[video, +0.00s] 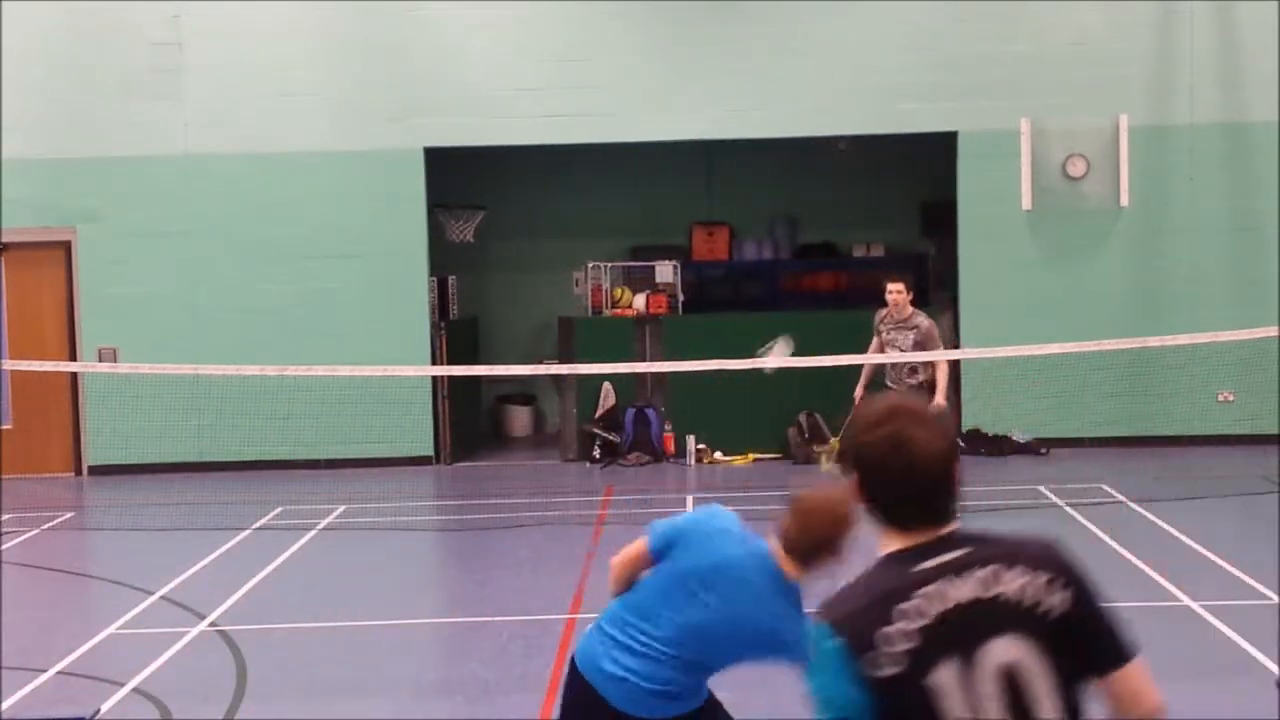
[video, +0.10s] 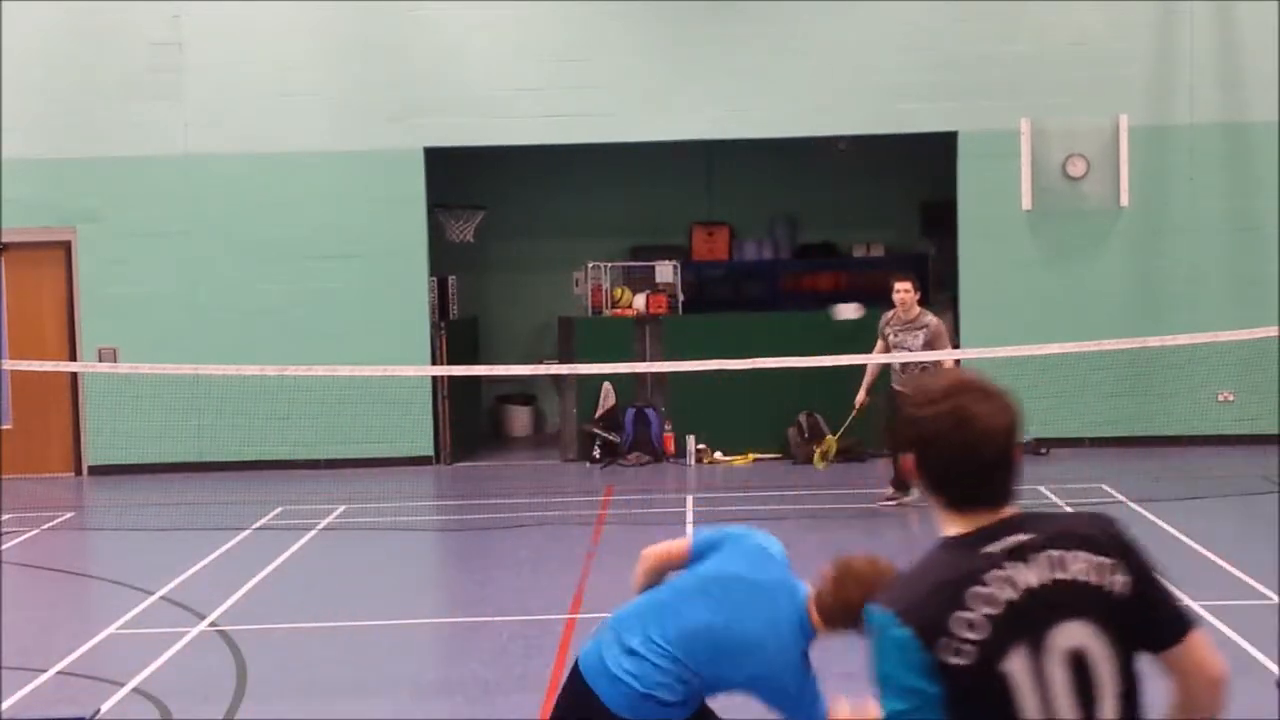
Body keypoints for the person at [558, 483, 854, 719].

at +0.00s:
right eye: (840, 546)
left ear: (787, 518)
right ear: (831, 557)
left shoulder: (714, 522)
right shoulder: (790, 629)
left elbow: (622, 565)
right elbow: (838, 695)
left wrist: (627, 616)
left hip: (590, 672)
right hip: (661, 704)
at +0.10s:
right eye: (871, 621)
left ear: (829, 570)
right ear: (856, 626)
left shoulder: (757, 546)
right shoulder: (790, 674)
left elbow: (652, 556)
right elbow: (820, 714)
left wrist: (643, 617)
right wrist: (848, 712)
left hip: (592, 665)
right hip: (642, 705)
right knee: (704, 711)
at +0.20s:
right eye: (879, 660)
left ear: (842, 606)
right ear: (869, 668)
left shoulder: (780, 584)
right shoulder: (786, 706)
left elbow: (679, 571)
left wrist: (673, 630)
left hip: (595, 657)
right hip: (616, 707)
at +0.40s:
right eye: (859, 685)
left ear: (822, 626)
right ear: (846, 694)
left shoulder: (764, 608)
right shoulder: (754, 709)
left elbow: (698, 586)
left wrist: (706, 641)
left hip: (575, 671)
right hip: (591, 708)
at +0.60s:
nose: (797, 655)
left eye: (803, 647)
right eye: (803, 647)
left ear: (762, 595)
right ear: (787, 645)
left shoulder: (712, 592)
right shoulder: (692, 687)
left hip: (559, 694)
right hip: (569, 715)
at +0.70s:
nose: (763, 456)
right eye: (760, 447)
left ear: (696, 445)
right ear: (751, 454)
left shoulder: (637, 500)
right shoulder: (750, 541)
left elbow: (587, 596)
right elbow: (751, 630)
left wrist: (610, 653)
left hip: (611, 695)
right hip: (686, 706)